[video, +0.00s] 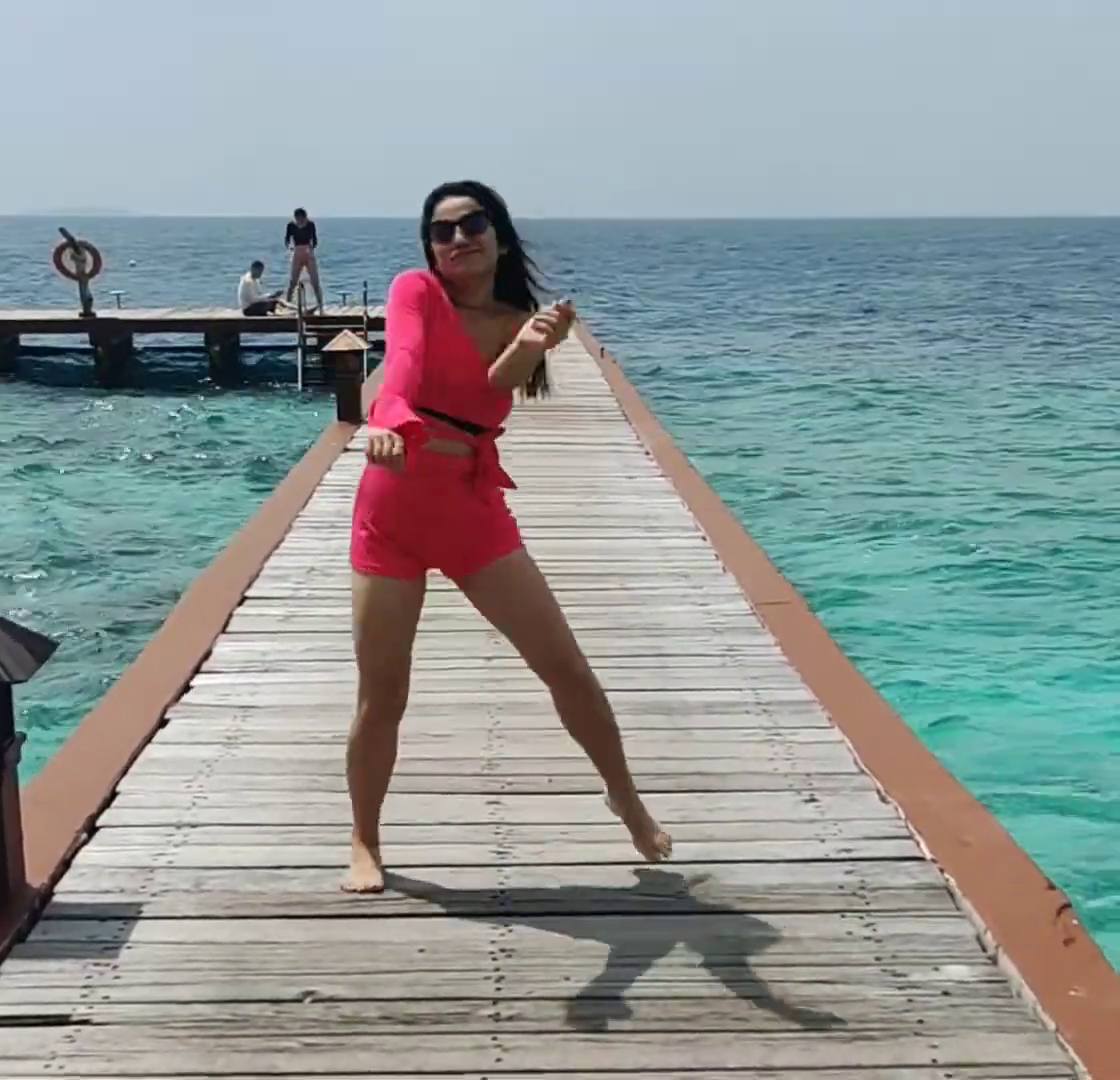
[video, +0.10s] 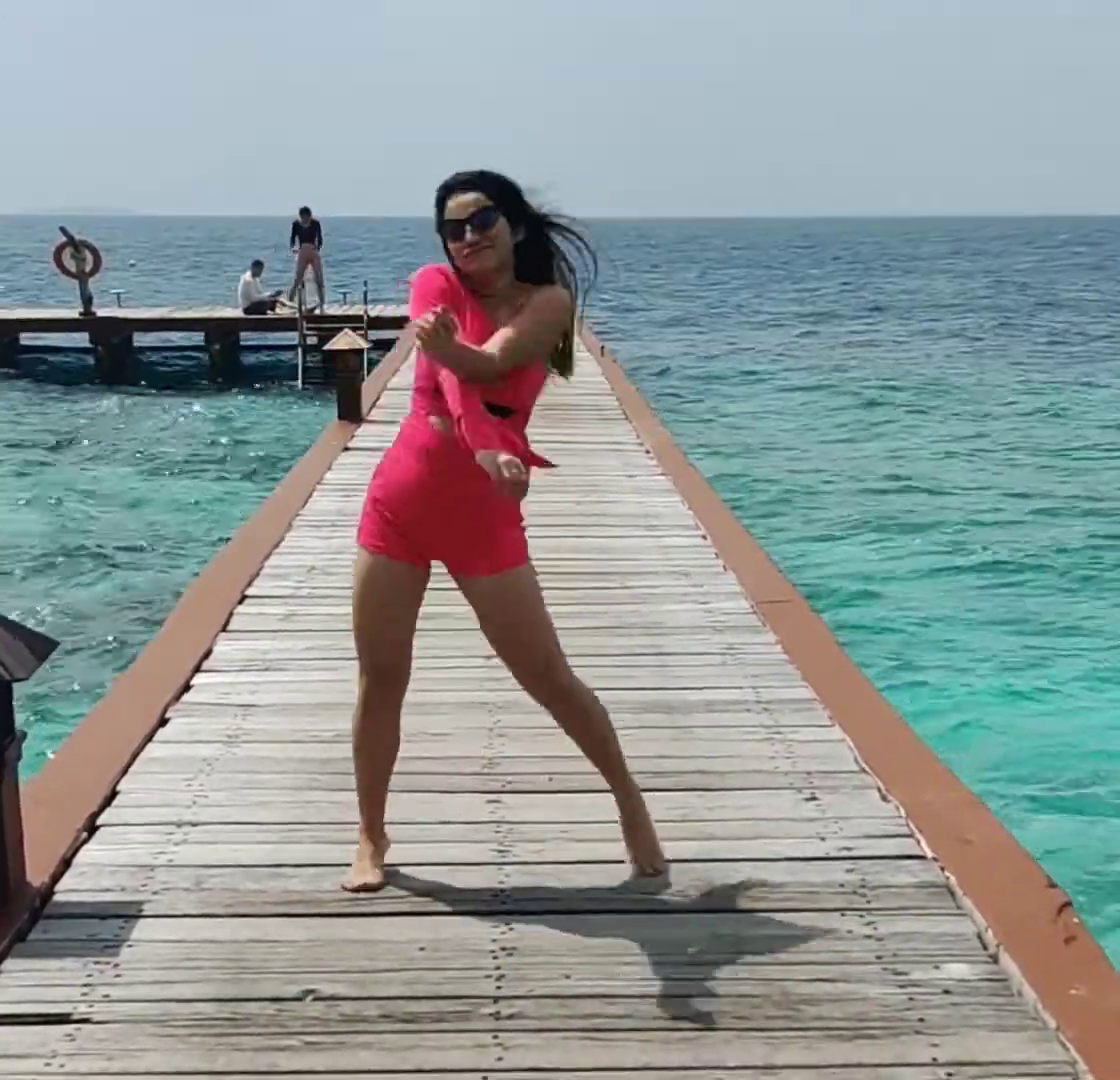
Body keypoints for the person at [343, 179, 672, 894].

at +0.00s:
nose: (458, 239)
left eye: (472, 225)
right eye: (443, 231)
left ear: (501, 235)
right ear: (430, 245)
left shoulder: (525, 320)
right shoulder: (416, 289)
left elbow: (500, 385)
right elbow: (403, 355)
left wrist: (526, 347)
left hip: (471, 508)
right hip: (392, 504)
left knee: (567, 668)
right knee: (382, 697)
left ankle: (627, 801)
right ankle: (364, 845)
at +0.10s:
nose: (468, 236)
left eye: (482, 220)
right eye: (453, 227)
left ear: (517, 224)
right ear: (442, 240)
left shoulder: (550, 301)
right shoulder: (433, 285)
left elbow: (492, 364)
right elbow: (449, 371)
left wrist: (445, 350)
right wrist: (489, 441)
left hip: (482, 516)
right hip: (398, 507)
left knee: (550, 682)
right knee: (380, 683)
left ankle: (632, 806)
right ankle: (370, 838)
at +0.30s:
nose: (490, 299)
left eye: (503, 283)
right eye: (479, 287)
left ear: (542, 277)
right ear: (472, 292)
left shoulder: (576, 328)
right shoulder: (477, 353)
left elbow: (543, 422)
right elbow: (468, 457)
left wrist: (444, 414)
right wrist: (572, 466)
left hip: (527, 560)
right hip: (452, 541)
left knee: (555, 720)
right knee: (404, 692)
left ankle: (617, 827)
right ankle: (392, 845)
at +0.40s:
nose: (507, 296)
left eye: (522, 281)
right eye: (496, 284)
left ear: (558, 278)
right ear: (489, 288)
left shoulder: (588, 330)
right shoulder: (498, 364)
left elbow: (598, 428)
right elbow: (478, 469)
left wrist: (509, 430)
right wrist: (570, 469)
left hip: (563, 557)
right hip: (490, 543)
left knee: (582, 723)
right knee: (419, 688)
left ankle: (621, 833)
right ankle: (396, 841)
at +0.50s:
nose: (538, 264)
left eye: (555, 254)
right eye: (525, 253)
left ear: (583, 265)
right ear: (511, 265)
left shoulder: (603, 324)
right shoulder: (507, 352)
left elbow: (667, 401)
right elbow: (480, 458)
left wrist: (571, 425)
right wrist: (535, 471)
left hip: (590, 545)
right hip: (515, 535)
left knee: (597, 710)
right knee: (431, 671)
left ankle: (626, 831)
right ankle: (405, 823)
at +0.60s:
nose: (558, 244)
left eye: (577, 236)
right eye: (545, 231)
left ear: (600, 250)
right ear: (528, 241)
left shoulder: (620, 307)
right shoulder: (509, 332)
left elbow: (707, 370)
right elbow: (470, 425)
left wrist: (628, 431)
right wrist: (487, 474)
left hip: (604, 530)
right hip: (524, 524)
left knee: (605, 698)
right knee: (445, 660)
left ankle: (631, 830)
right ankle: (435, 802)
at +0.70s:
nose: (562, 244)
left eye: (582, 236)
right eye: (552, 229)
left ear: (604, 250)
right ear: (534, 236)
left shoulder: (628, 314)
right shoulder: (500, 324)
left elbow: (719, 375)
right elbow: (452, 408)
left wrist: (705, 460)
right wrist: (433, 486)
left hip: (611, 524)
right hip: (525, 521)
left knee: (617, 694)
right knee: (470, 688)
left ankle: (633, 826)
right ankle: (463, 777)